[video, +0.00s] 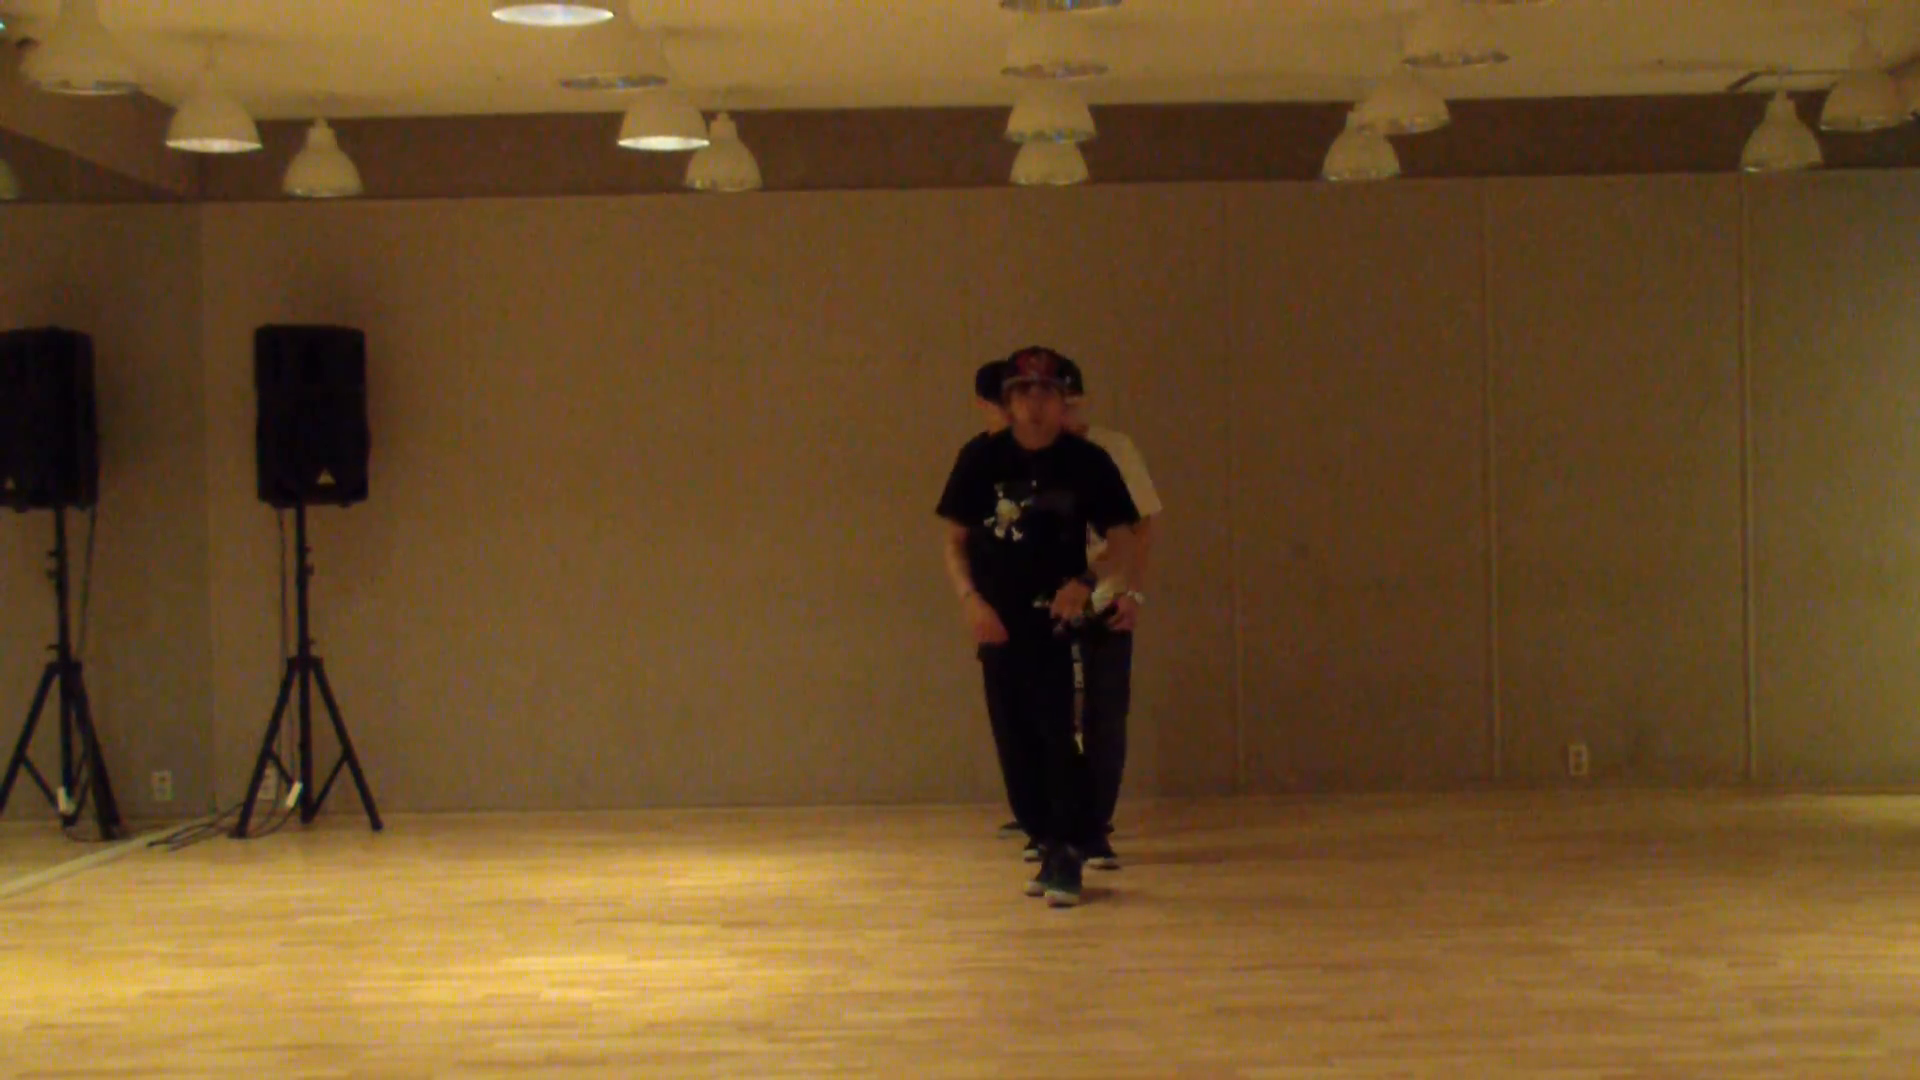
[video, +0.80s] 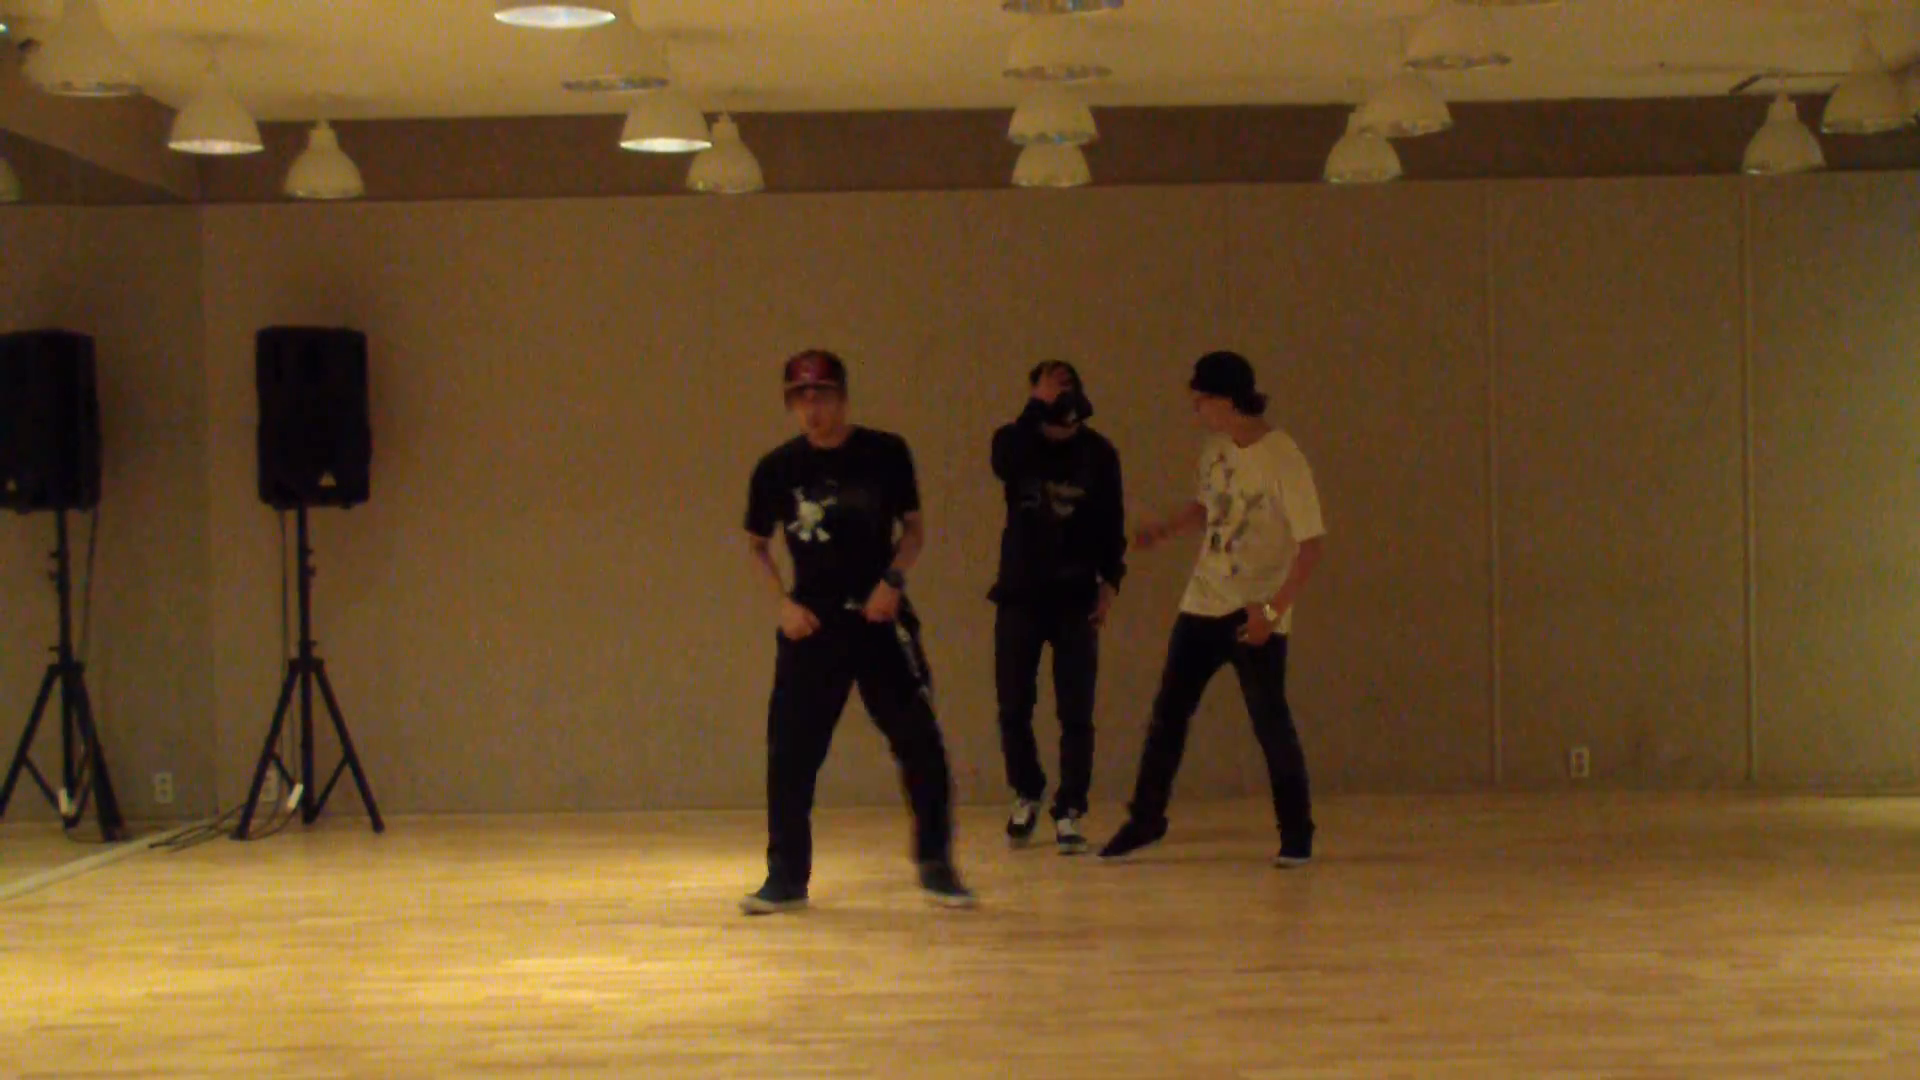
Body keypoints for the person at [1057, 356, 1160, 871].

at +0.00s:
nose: (1065, 412)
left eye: (1071, 401)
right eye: (1055, 403)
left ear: (1083, 403)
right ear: (1040, 406)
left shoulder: (1114, 449)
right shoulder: (1029, 460)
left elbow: (1143, 522)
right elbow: (1015, 534)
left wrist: (1129, 588)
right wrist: (1030, 585)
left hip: (1106, 602)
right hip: (1048, 603)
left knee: (1105, 719)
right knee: (1049, 718)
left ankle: (1096, 827)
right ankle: (1053, 825)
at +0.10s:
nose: (1067, 414)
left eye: (1074, 403)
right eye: (1058, 405)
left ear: (1088, 404)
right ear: (1044, 408)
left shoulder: (1123, 452)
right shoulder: (1037, 460)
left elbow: (1151, 523)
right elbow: (1023, 536)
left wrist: (1145, 588)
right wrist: (1043, 595)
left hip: (1116, 607)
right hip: (1060, 610)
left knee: (1124, 722)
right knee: (1068, 721)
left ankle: (1113, 828)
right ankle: (1072, 825)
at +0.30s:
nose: (1088, 421)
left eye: (1096, 411)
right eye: (1080, 412)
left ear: (1114, 406)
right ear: (1068, 410)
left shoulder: (1154, 452)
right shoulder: (1060, 459)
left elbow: (1180, 527)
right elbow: (1034, 520)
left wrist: (1171, 592)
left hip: (1143, 616)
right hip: (1077, 623)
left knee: (1181, 718)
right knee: (1071, 736)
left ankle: (1215, 818)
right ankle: (1067, 837)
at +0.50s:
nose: (1138, 425)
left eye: (1146, 414)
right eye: (1132, 416)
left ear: (1175, 406)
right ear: (1127, 414)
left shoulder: (1221, 456)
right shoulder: (1129, 456)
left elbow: (1243, 539)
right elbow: (1080, 502)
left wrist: (1227, 605)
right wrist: (1093, 442)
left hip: (1200, 621)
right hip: (1135, 624)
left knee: (1245, 726)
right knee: (1094, 726)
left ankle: (1293, 829)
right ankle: (1057, 832)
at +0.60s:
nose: (1163, 422)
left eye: (1169, 412)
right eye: (1159, 413)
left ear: (1201, 406)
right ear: (1167, 411)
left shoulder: (1252, 458)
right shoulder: (1168, 457)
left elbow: (1281, 538)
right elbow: (1118, 506)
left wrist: (1254, 609)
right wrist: (1114, 452)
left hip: (1228, 621)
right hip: (1166, 621)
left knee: (1259, 731)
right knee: (1121, 722)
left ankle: (1294, 834)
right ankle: (1080, 823)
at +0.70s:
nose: (1183, 414)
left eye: (1189, 405)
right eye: (1181, 405)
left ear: (1217, 402)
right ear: (1201, 406)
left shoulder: (1273, 459)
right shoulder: (1195, 453)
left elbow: (1304, 543)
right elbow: (1166, 515)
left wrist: (1268, 608)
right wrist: (1132, 482)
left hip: (1245, 619)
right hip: (1186, 615)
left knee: (1267, 728)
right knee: (1146, 714)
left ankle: (1295, 832)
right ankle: (1116, 818)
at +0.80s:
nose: (1196, 412)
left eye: (1201, 402)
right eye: (1195, 402)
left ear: (1228, 402)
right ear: (1221, 404)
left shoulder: (1282, 457)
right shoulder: (1215, 452)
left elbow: (1311, 546)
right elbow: (1205, 509)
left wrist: (1274, 610)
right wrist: (1161, 530)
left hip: (1255, 617)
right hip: (1201, 612)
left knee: (1273, 728)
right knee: (1169, 715)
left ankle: (1296, 834)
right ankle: (1146, 817)